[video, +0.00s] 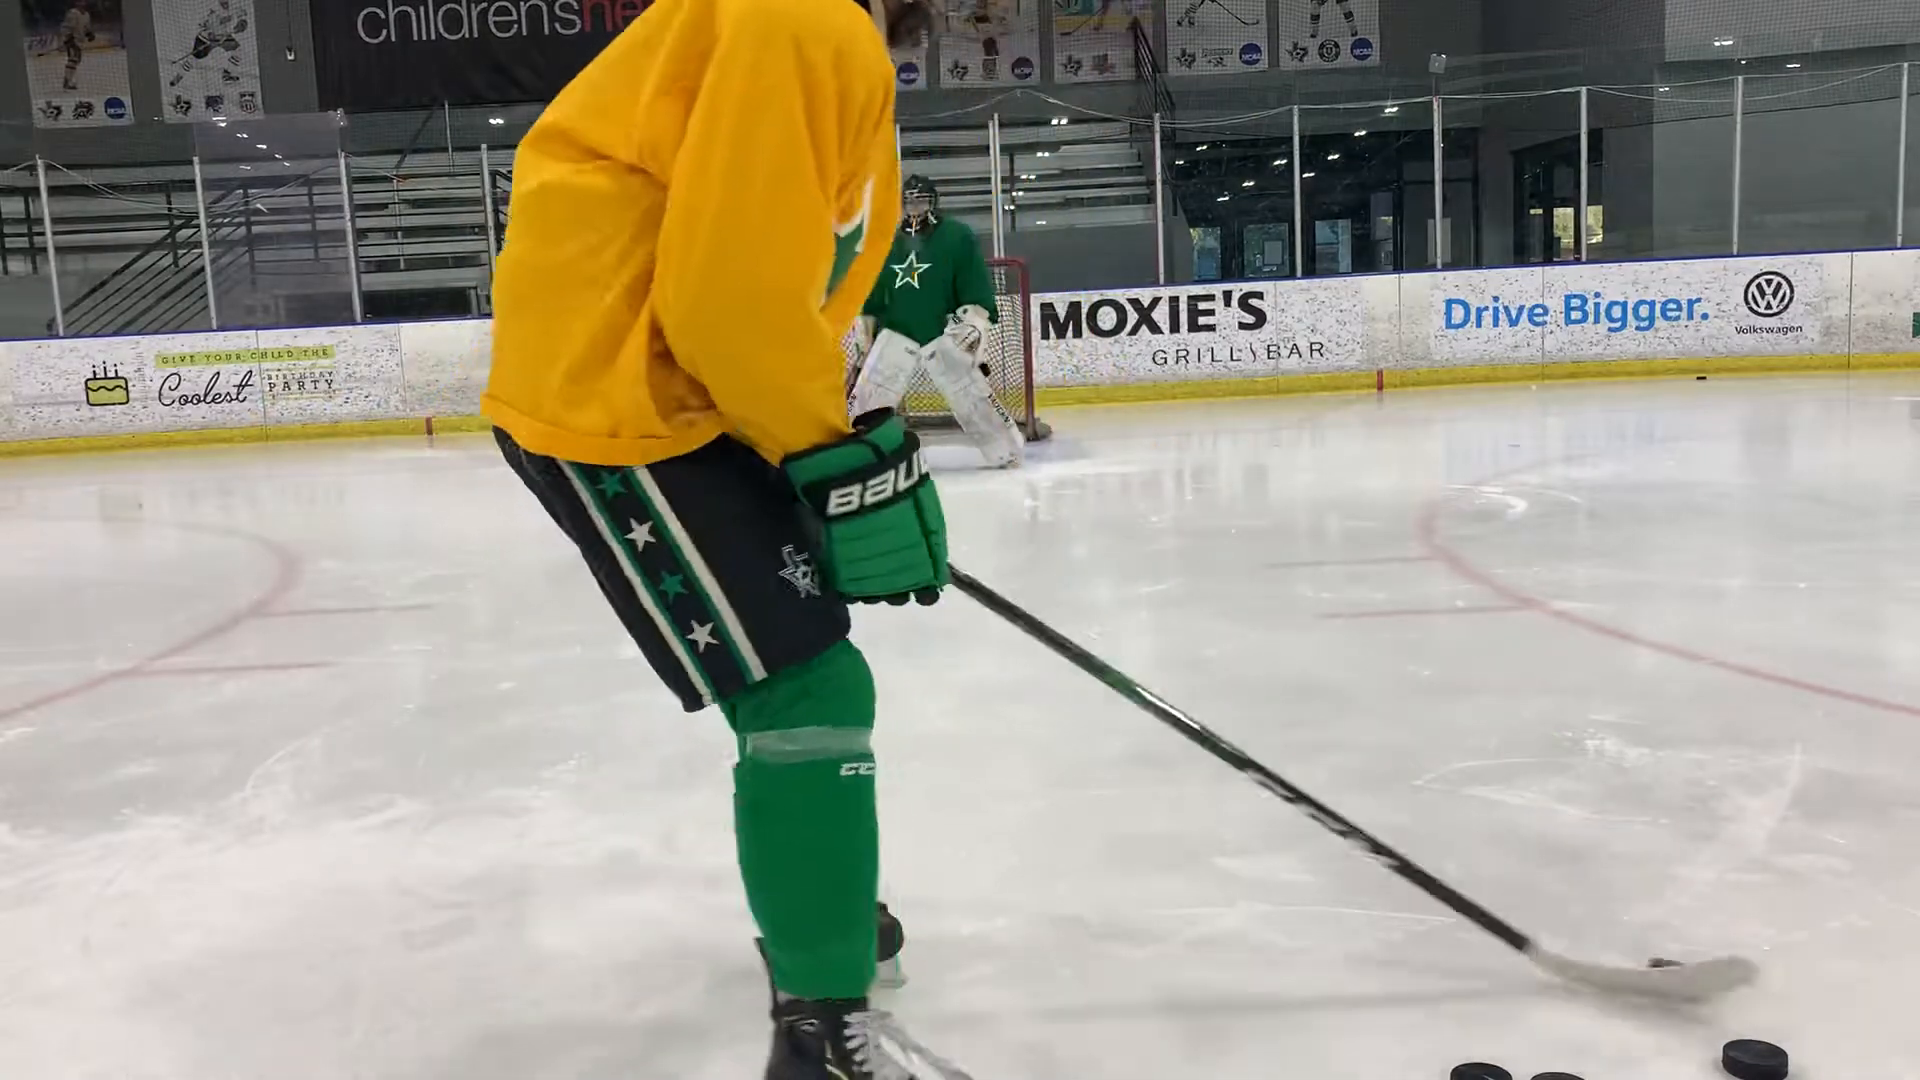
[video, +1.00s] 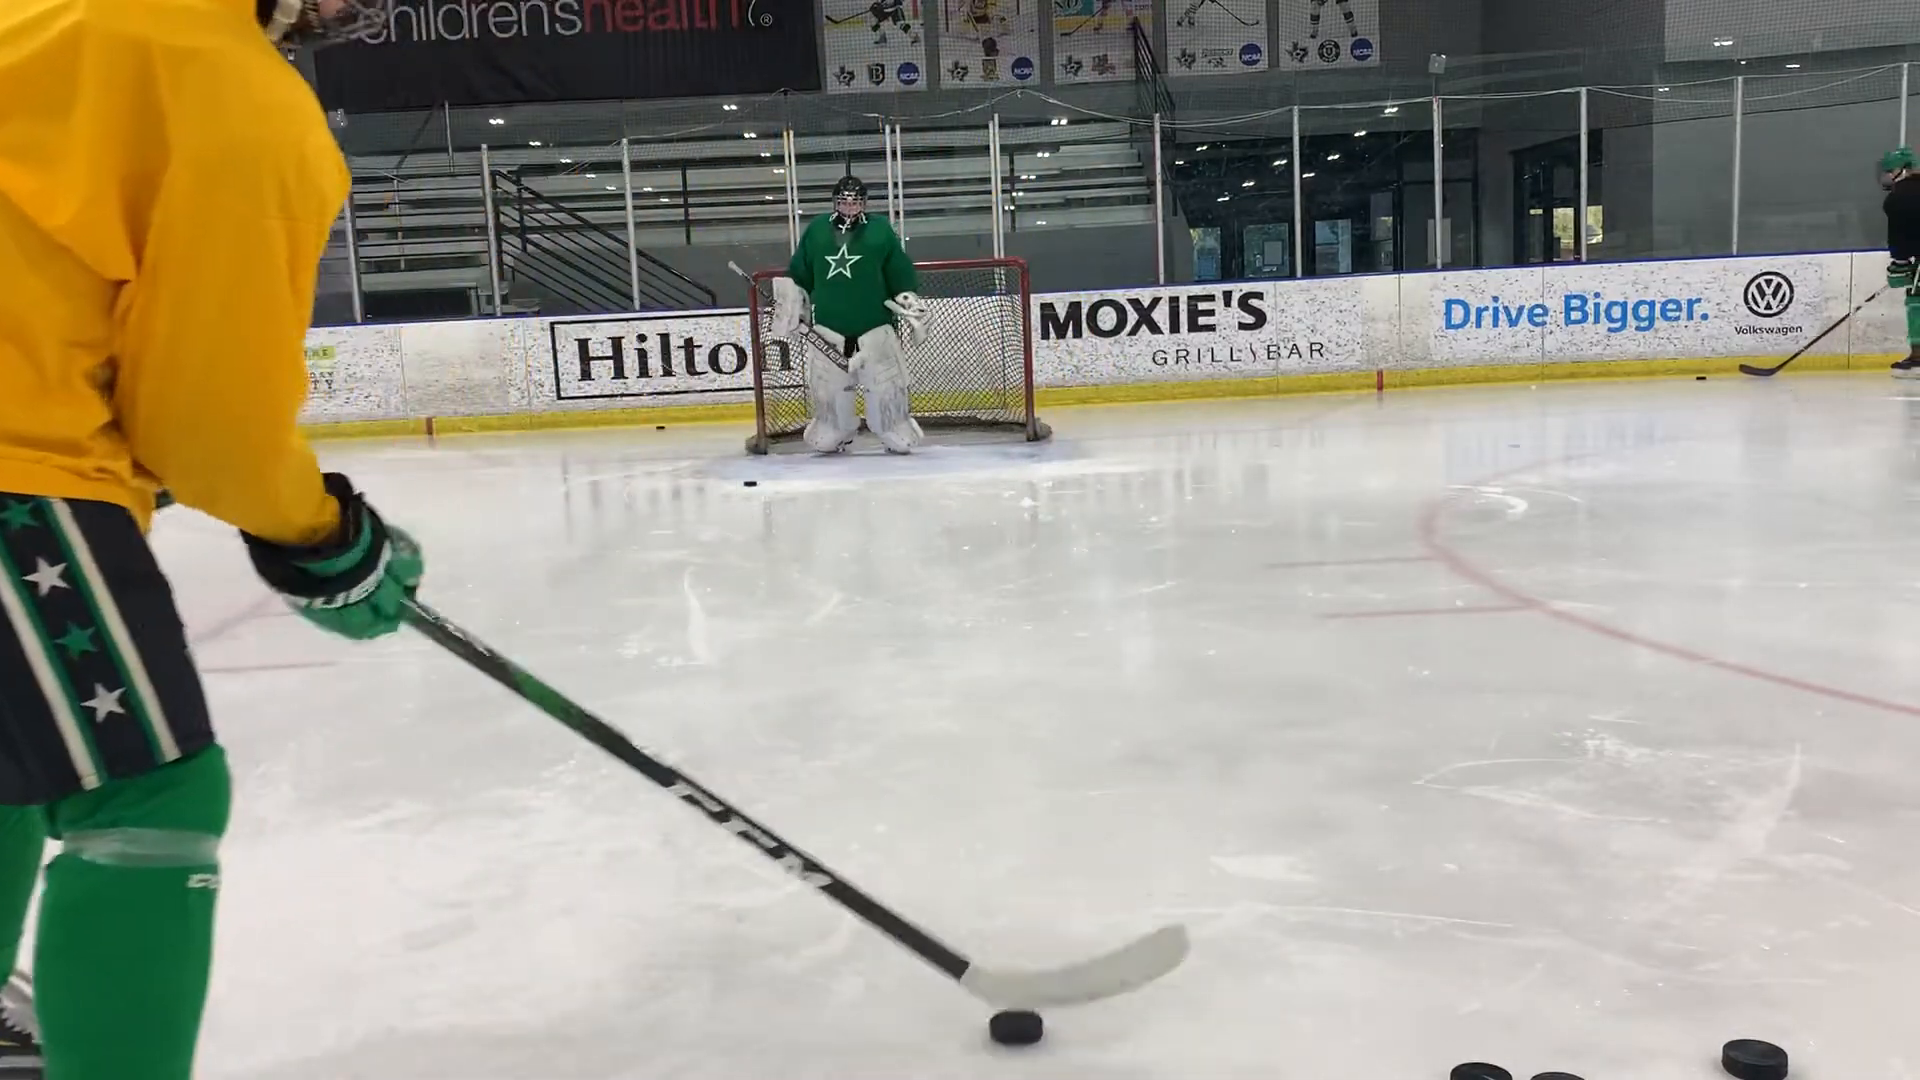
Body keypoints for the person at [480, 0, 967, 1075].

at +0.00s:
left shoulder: (824, 34)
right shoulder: (798, 28)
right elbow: (729, 288)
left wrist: (882, 276)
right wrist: (849, 470)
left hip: (665, 388)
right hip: (613, 400)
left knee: (799, 671)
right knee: (808, 692)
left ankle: (817, 921)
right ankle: (820, 1026)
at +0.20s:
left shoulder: (689, 27)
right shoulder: (726, 39)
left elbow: (690, 283)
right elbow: (674, 300)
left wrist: (761, 452)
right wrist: (771, 477)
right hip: (542, 397)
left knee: (699, 666)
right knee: (703, 696)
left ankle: (685, 885)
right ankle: (665, 1028)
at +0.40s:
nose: (744, 16)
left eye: (755, 9)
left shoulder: (534, 33)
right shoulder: (640, 84)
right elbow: (601, 338)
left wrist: (627, 477)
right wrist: (650, 513)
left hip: (352, 389)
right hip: (438, 408)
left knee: (493, 675)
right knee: (593, 717)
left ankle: (474, 879)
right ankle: (539, 1033)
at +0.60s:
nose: (623, 26)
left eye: (636, 20)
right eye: (626, 6)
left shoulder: (363, 19)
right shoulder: (534, 118)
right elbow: (485, 398)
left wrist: (453, 477)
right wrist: (516, 532)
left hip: (162, 386)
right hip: (296, 414)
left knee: (303, 679)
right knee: (470, 732)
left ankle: (269, 923)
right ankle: (444, 1051)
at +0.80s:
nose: (488, 24)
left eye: (507, 20)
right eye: (500, 7)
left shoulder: (201, 16)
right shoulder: (401, 115)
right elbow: (349, 405)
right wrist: (409, 526)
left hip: (12, 366)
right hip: (126, 400)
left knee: (126, 720)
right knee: (314, 769)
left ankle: (101, 983)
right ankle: (293, 1062)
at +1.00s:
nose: (344, 15)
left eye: (354, 12)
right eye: (350, 4)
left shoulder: (42, 22)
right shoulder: (244, 99)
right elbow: (207, 416)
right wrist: (329, 540)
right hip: (28, 454)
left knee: (12, 782)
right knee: (154, 798)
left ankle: (0, 1018)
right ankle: (107, 1057)